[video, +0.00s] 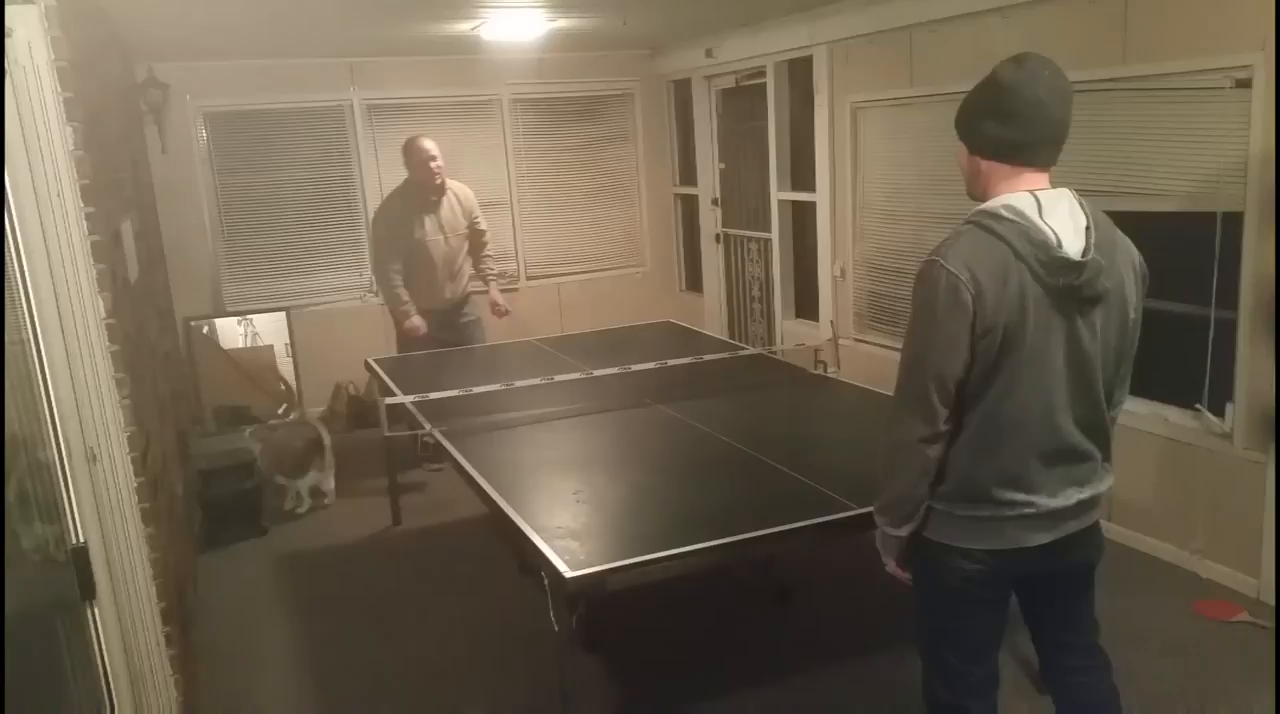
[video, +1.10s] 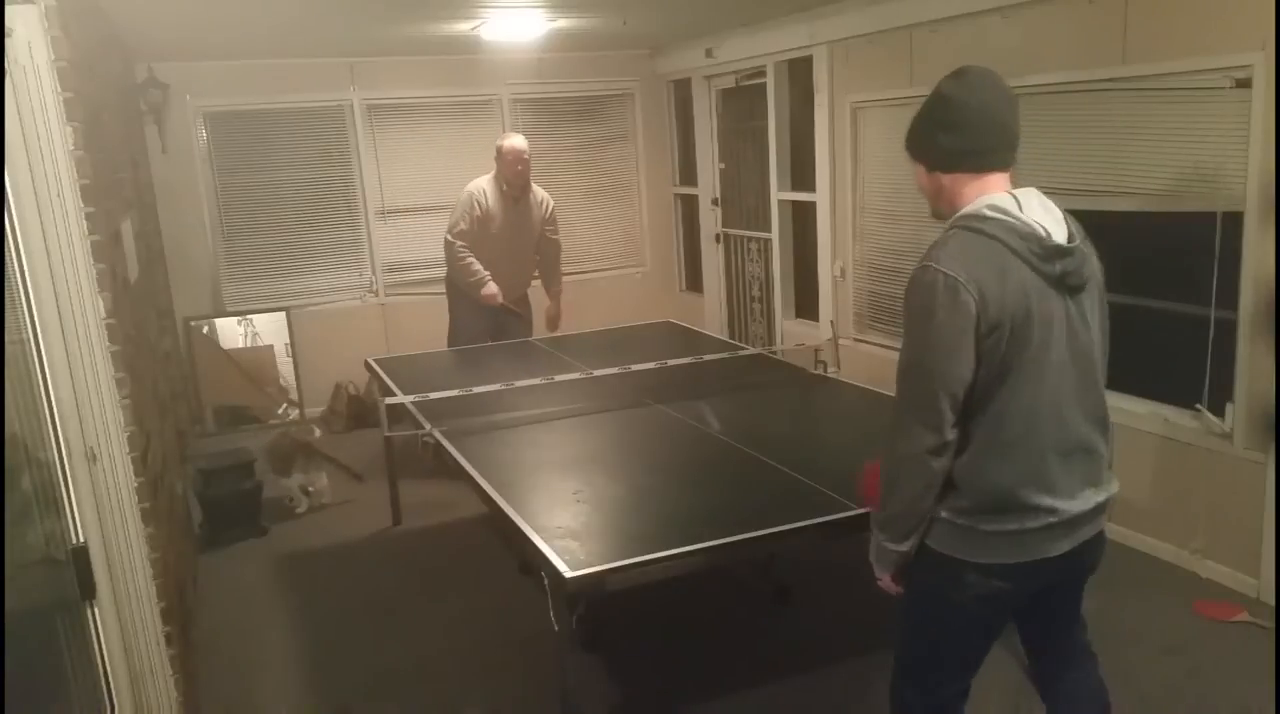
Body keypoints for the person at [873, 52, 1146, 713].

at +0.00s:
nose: (963, 161)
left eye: (963, 147)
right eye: (963, 146)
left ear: (975, 155)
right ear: (1053, 147)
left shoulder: (960, 266)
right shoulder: (1120, 254)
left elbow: (921, 419)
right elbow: (1110, 396)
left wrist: (893, 532)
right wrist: (1076, 490)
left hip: (970, 537)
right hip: (1072, 529)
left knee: (961, 690)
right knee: (1078, 667)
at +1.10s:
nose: (918, 180)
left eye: (917, 165)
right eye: (917, 163)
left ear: (935, 168)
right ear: (1003, 153)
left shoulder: (952, 269)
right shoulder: (1071, 237)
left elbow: (927, 428)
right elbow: (1086, 376)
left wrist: (890, 547)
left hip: (981, 549)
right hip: (1075, 532)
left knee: (925, 693)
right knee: (1065, 660)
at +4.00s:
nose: (879, 174)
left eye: (881, 159)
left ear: (889, 166)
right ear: (975, 161)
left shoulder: (864, 280)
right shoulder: (1050, 268)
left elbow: (829, 431)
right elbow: (1078, 402)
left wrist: (823, 531)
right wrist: (1021, 466)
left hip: (905, 570)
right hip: (1030, 561)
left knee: (873, 704)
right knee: (1044, 697)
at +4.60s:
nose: (902, 183)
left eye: (903, 167)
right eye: (905, 165)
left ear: (914, 173)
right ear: (994, 161)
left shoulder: (932, 285)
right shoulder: (1049, 247)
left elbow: (909, 456)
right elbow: (1002, 367)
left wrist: (867, 583)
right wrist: (875, 381)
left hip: (962, 568)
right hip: (1063, 554)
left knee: (891, 701)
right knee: (1049, 696)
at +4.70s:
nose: (897, 179)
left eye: (898, 163)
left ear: (905, 173)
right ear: (990, 162)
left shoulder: (910, 285)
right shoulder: (1057, 260)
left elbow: (882, 454)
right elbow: (1065, 404)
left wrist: (855, 587)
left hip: (942, 575)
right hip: (1053, 565)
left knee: (884, 701)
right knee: (1049, 698)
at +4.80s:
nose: (887, 180)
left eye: (890, 165)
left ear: (896, 173)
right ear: (981, 165)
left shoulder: (880, 288)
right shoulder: (1061, 270)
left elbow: (847, 449)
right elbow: (1076, 407)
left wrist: (832, 576)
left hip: (919, 581)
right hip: (1042, 572)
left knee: (875, 703)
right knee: (1050, 701)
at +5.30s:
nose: (903, 173)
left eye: (905, 161)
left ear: (912, 170)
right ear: (1005, 164)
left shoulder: (877, 283)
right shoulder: (1085, 270)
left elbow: (828, 428)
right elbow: (1128, 415)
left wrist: (831, 516)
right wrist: (1075, 484)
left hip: (921, 582)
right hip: (1063, 577)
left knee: (886, 704)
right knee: (1093, 708)